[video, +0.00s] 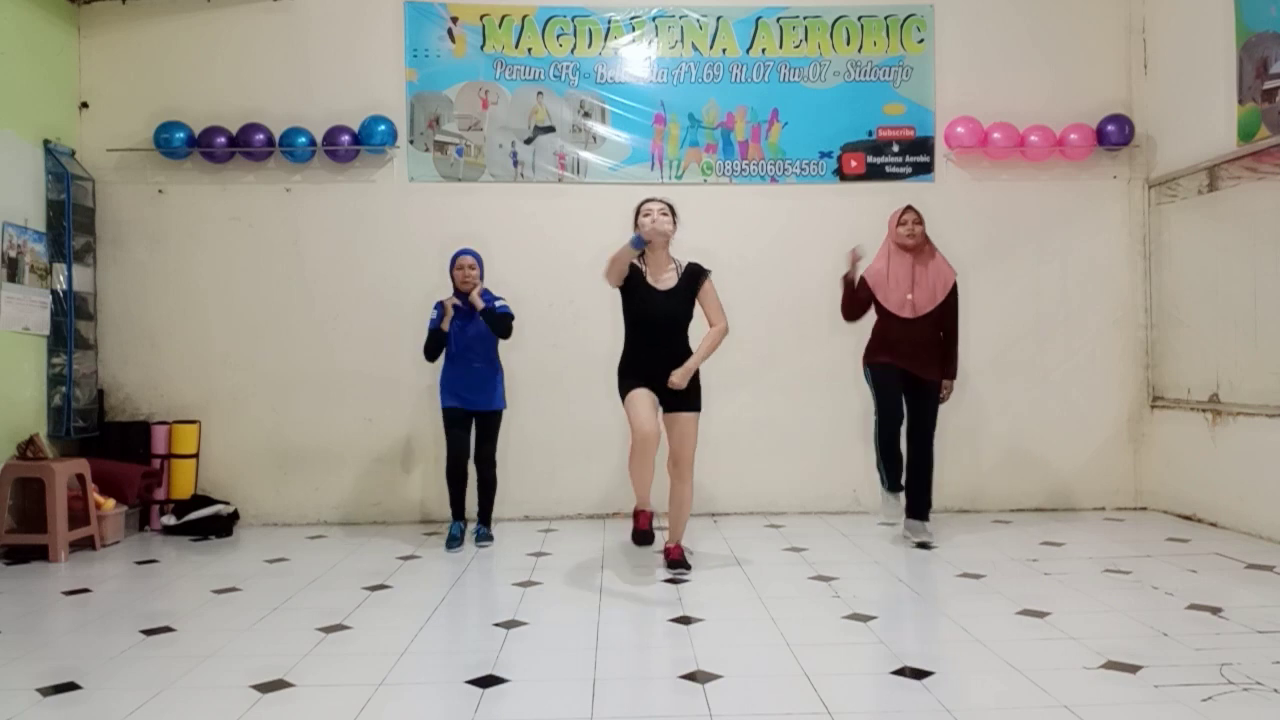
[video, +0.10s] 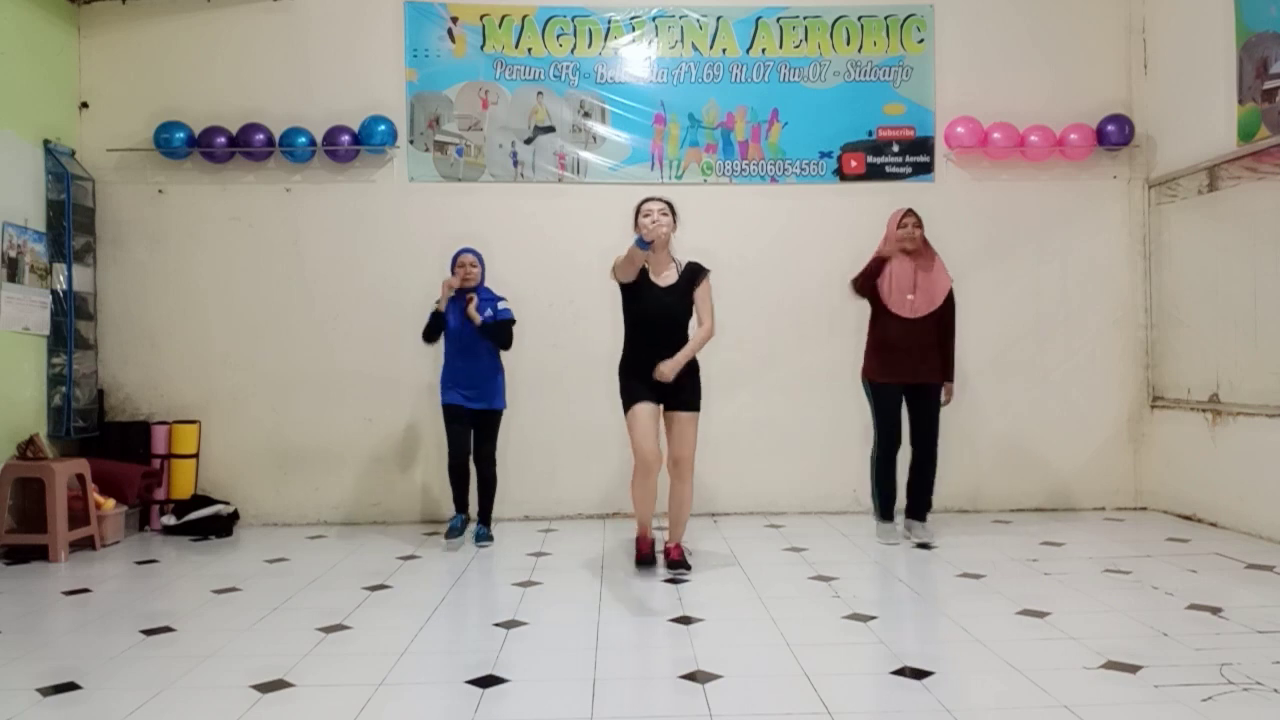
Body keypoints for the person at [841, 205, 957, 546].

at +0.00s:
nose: (911, 228)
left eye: (916, 223)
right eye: (904, 224)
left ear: (925, 230)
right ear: (892, 232)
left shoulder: (941, 272)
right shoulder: (881, 270)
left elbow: (950, 327)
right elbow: (852, 312)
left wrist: (949, 373)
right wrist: (850, 276)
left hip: (926, 364)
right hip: (885, 359)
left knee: (922, 441)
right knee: (889, 417)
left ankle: (917, 519)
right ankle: (891, 489)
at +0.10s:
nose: (912, 231)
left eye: (916, 226)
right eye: (904, 227)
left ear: (923, 233)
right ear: (892, 235)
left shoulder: (937, 274)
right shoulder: (882, 270)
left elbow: (947, 328)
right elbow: (858, 287)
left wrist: (948, 377)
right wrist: (882, 254)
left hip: (926, 373)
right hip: (884, 372)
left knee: (926, 447)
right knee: (888, 443)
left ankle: (917, 519)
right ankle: (885, 519)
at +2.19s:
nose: (891, 224)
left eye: (895, 219)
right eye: (884, 220)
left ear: (902, 226)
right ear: (872, 228)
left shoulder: (915, 257)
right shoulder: (859, 258)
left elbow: (949, 270)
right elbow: (860, 274)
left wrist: (941, 256)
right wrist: (893, 258)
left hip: (911, 356)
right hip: (871, 356)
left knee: (912, 434)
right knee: (872, 430)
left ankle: (907, 509)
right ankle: (868, 508)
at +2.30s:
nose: (891, 232)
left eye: (895, 226)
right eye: (883, 227)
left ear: (903, 234)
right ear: (871, 236)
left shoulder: (917, 273)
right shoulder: (860, 275)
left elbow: (939, 291)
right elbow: (868, 303)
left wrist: (951, 307)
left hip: (912, 368)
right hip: (871, 368)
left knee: (914, 443)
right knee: (869, 442)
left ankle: (904, 514)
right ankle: (864, 517)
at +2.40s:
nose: (893, 216)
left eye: (897, 212)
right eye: (885, 213)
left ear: (905, 220)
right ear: (874, 224)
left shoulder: (920, 258)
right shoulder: (863, 262)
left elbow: (938, 298)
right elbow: (865, 310)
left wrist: (944, 335)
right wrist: (895, 342)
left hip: (912, 355)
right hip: (870, 355)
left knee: (920, 429)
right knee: (868, 431)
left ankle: (907, 505)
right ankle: (865, 510)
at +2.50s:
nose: (895, 213)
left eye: (900, 209)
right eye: (887, 210)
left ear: (907, 218)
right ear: (876, 221)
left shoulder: (923, 254)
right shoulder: (864, 258)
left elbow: (936, 304)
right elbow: (860, 312)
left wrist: (936, 345)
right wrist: (883, 352)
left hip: (914, 353)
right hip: (871, 353)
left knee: (919, 431)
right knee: (869, 429)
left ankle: (908, 505)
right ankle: (866, 508)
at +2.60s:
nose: (901, 228)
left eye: (905, 223)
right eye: (893, 224)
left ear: (912, 231)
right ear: (881, 233)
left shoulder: (930, 273)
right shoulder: (870, 272)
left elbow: (940, 321)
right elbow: (855, 318)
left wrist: (933, 361)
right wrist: (846, 363)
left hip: (916, 370)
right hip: (873, 368)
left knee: (918, 445)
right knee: (871, 441)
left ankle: (909, 517)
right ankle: (866, 515)